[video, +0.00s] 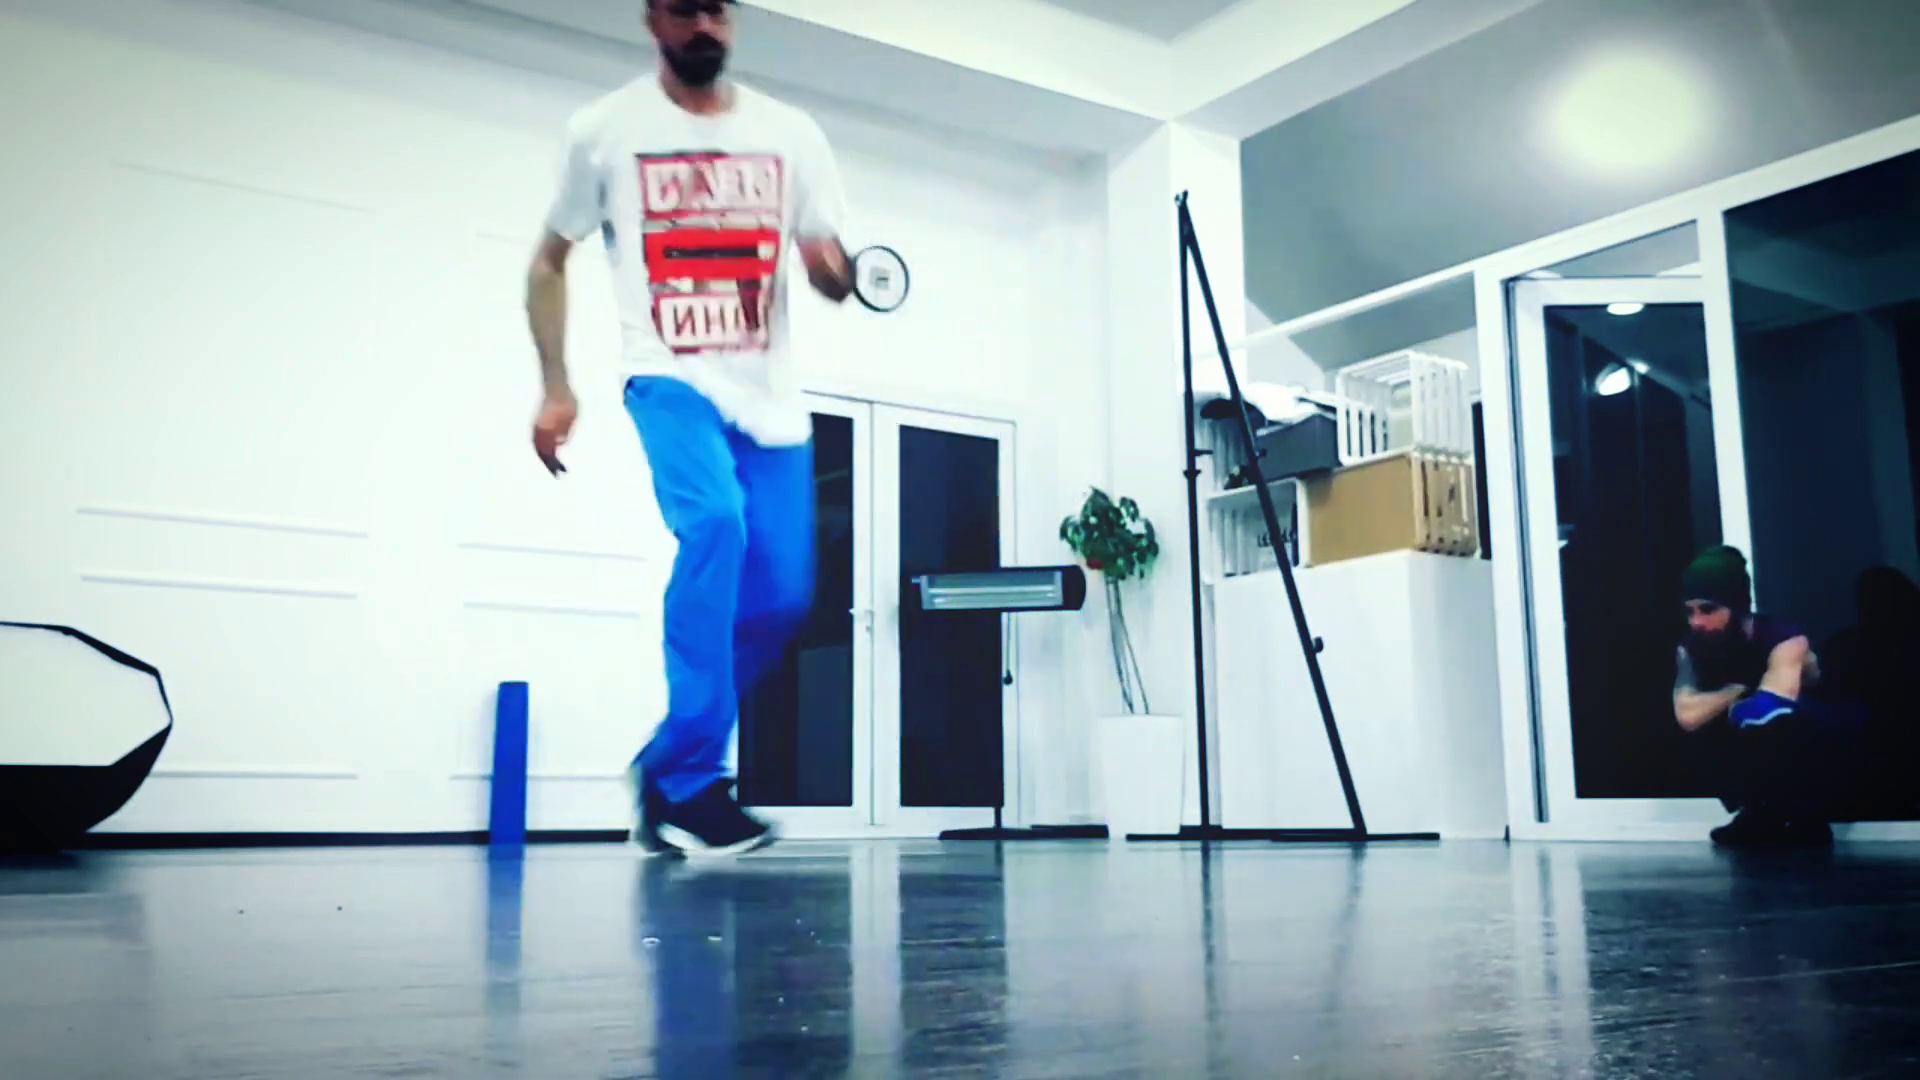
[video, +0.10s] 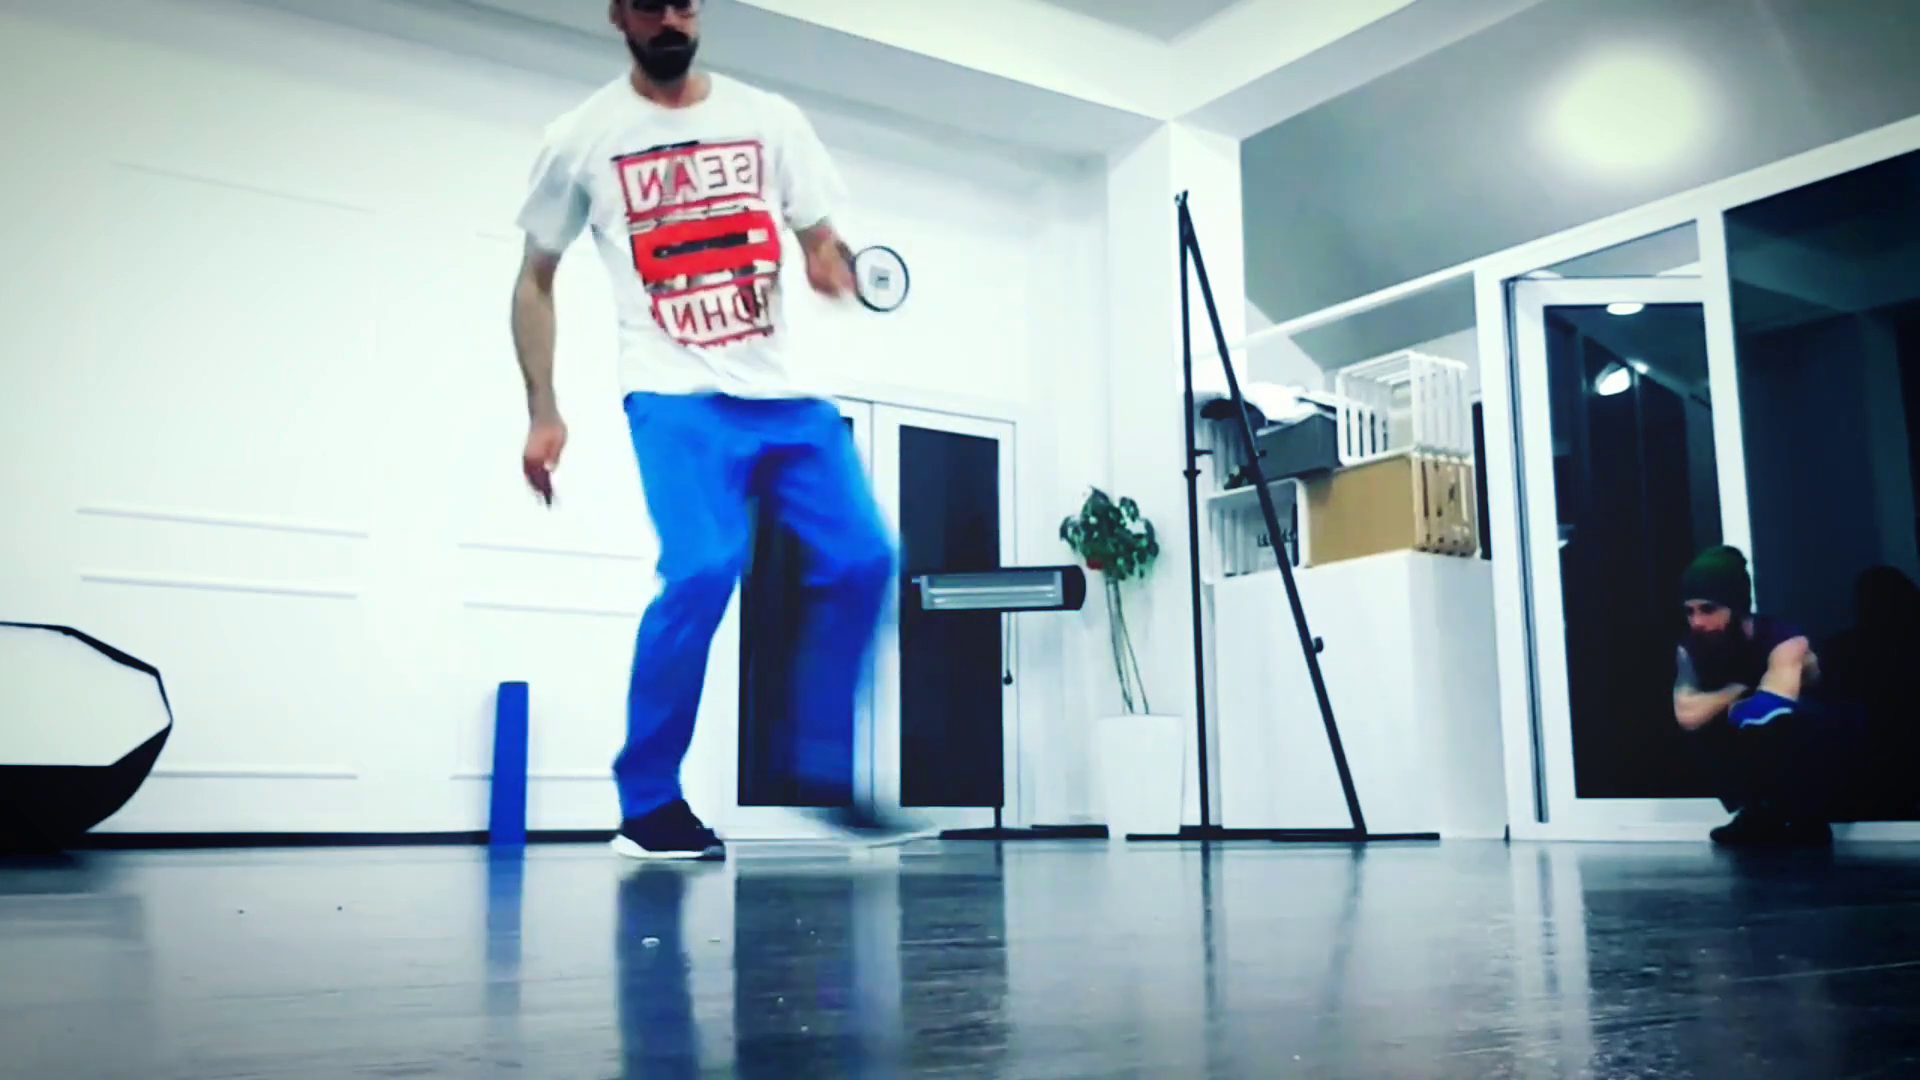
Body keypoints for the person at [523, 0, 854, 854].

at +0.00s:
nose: (703, 26)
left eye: (716, 11)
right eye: (683, 11)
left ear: (735, 19)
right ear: (649, 20)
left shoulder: (792, 134)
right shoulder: (603, 132)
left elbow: (834, 277)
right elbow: (549, 263)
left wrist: (834, 269)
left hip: (768, 387)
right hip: (668, 377)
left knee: (783, 594)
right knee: (717, 523)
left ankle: (665, 768)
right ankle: (696, 783)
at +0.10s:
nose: (669, 21)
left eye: (682, 5)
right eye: (649, 7)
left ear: (702, 13)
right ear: (619, 17)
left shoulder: (772, 119)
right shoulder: (581, 142)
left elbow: (820, 239)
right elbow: (535, 281)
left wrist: (833, 266)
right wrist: (543, 413)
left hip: (786, 394)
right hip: (678, 398)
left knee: (864, 556)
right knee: (705, 565)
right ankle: (650, 800)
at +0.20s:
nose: (654, 20)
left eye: (667, 5)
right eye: (633, 7)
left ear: (685, 13)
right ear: (598, 18)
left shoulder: (751, 118)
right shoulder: (564, 153)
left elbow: (825, 230)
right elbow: (540, 296)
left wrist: (869, 267)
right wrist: (551, 319)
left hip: (796, 390)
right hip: (674, 411)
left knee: (927, 518)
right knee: (685, 577)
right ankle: (655, 803)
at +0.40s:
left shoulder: (752, 14)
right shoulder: (569, 16)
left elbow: (825, 128)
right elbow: (535, 111)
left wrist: (912, 119)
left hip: (802, 235)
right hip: (695, 283)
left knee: (911, 387)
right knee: (788, 473)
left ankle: (985, 597)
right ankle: (913, 670)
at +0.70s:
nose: (685, 10)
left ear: (713, 9)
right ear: (634, 4)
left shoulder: (764, 107)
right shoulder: (570, 115)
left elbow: (877, 210)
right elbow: (535, 256)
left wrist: (1009, 201)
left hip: (826, 353)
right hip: (711, 411)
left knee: (989, 438)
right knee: (722, 595)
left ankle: (1144, 567)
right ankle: (809, 805)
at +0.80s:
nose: (694, 12)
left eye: (705, 3)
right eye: (676, 3)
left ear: (723, 1)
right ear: (646, 3)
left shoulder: (792, 81)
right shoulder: (591, 109)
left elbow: (892, 188)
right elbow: (556, 268)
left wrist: (1002, 194)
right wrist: (521, 428)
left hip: (805, 356)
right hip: (679, 382)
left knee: (901, 495)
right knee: (648, 549)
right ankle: (738, 760)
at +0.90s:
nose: (699, 36)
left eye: (711, 15)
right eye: (677, 20)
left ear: (735, 13)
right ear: (644, 24)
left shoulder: (816, 103)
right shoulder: (615, 140)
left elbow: (902, 214)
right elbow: (564, 302)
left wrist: (984, 256)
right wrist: (497, 447)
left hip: (794, 398)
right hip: (668, 377)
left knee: (788, 586)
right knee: (584, 527)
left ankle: (659, 784)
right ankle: (524, 664)